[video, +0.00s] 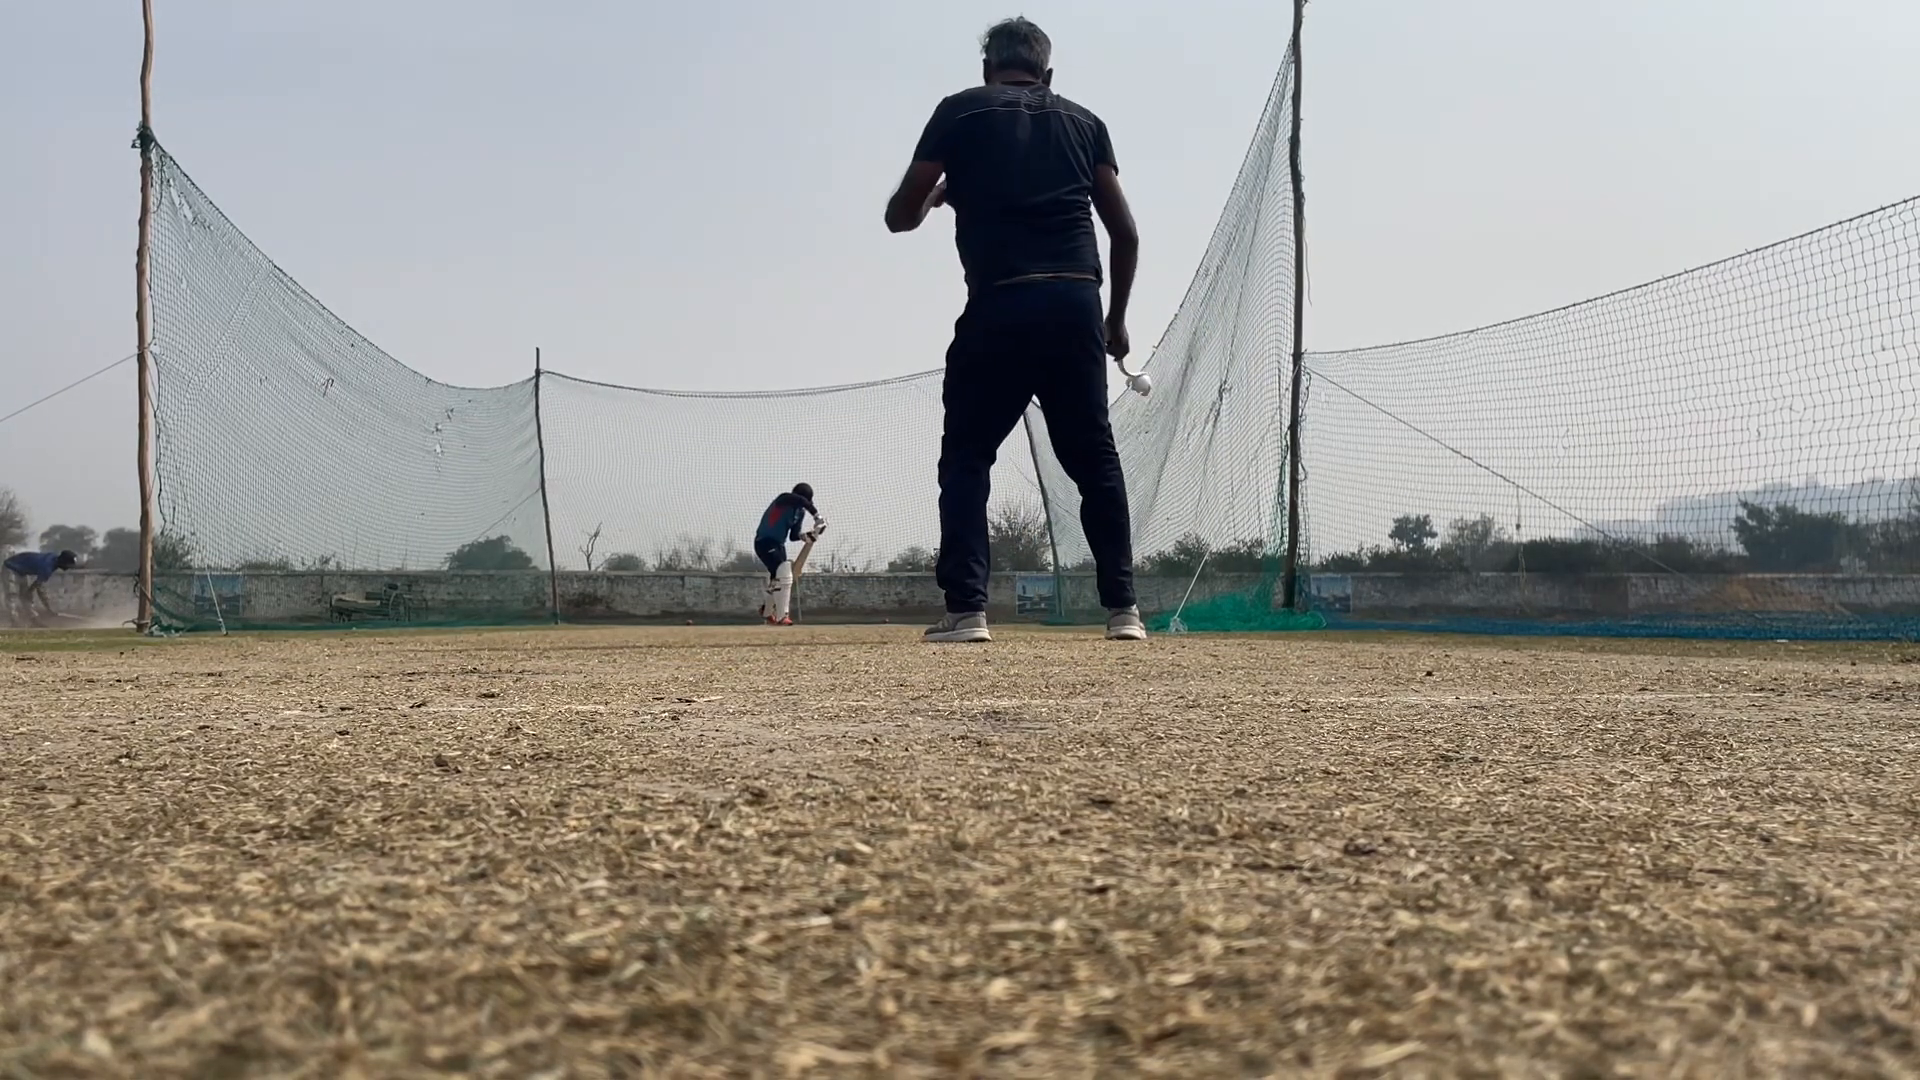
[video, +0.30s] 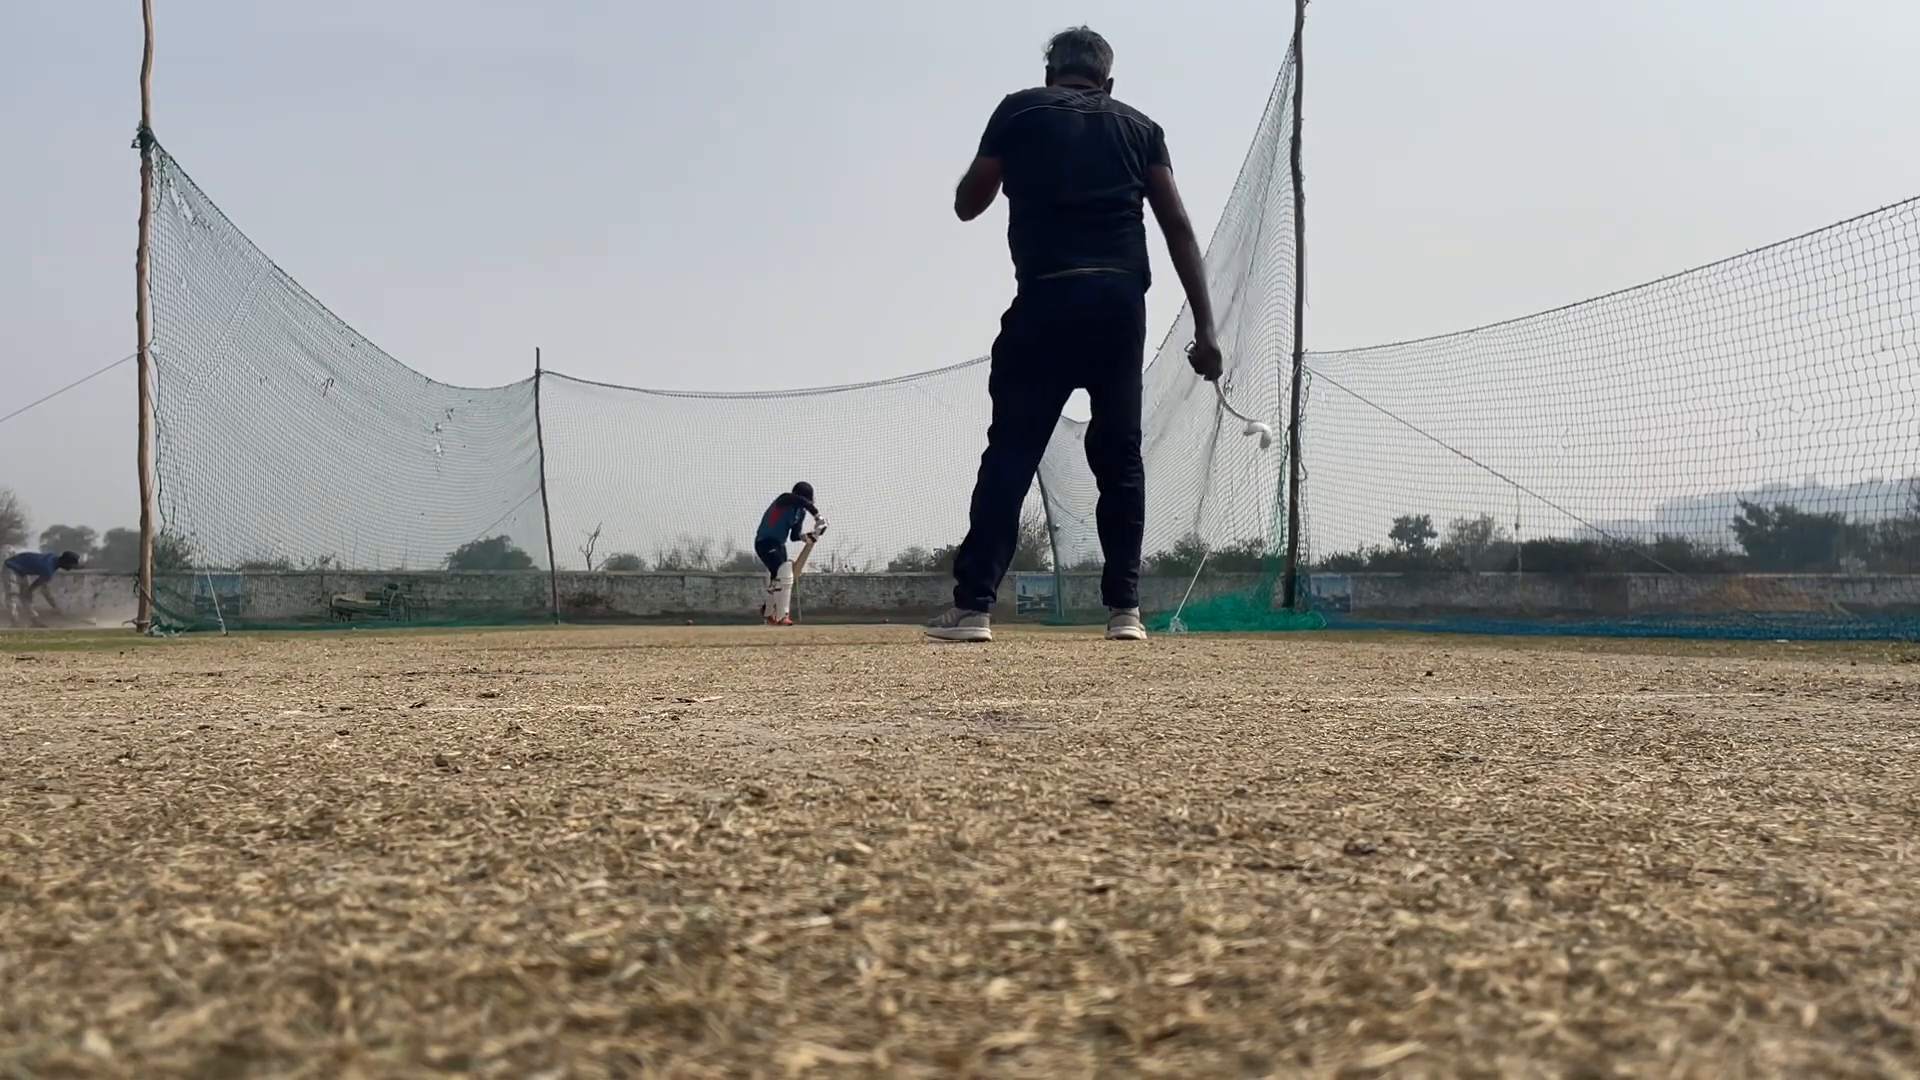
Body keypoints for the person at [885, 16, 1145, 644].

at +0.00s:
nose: (991, 78)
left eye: (989, 69)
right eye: (1038, 71)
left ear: (986, 66)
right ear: (1048, 71)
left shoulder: (959, 110)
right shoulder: (1083, 122)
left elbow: (900, 217)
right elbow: (1124, 234)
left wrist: (933, 194)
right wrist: (1116, 317)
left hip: (997, 312)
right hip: (1076, 311)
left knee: (965, 459)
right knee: (1095, 456)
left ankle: (966, 613)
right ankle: (1123, 611)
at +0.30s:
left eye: (1052, 73)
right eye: (1102, 76)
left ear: (1048, 71)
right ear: (1108, 78)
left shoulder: (1019, 109)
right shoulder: (1139, 127)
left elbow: (967, 205)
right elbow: (1179, 230)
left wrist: (1001, 151)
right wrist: (1205, 330)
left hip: (1044, 305)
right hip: (1121, 309)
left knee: (1009, 453)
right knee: (1120, 456)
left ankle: (971, 609)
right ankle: (1124, 611)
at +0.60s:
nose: (1145, 71)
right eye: (1146, 64)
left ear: (1083, 56)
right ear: (1144, 64)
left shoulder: (1045, 99)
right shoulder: (1166, 115)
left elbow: (1010, 193)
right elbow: (1201, 223)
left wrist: (1057, 148)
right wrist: (1229, 328)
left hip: (1054, 306)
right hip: (1132, 309)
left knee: (1043, 445)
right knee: (1130, 455)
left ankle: (1067, 567)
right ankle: (1125, 611)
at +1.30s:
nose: (1142, 17)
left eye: (1136, 16)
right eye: (1143, 13)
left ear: (1072, 9)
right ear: (1134, 11)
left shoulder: (1028, 62)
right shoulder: (1154, 53)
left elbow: (1031, 168)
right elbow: (1187, 166)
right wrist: (1230, 277)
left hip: (1060, 283)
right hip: (1144, 279)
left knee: (1071, 448)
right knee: (1173, 438)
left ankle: (1090, 612)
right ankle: (1167, 599)